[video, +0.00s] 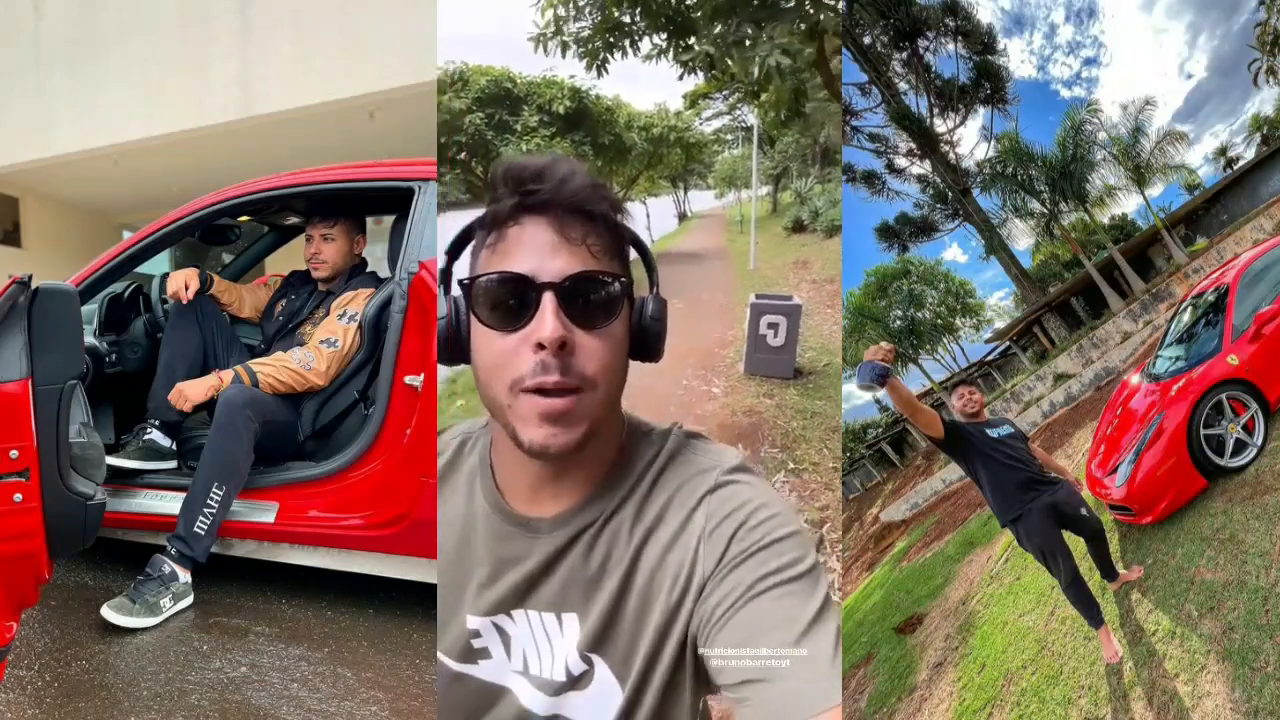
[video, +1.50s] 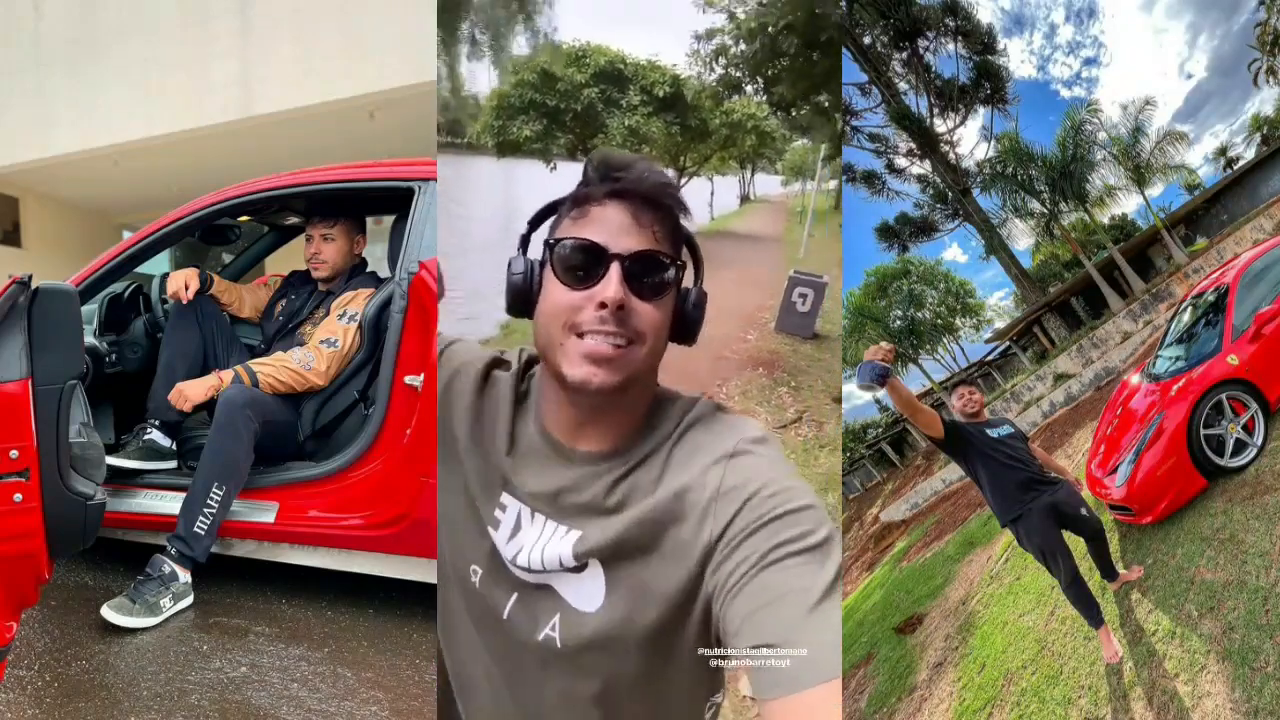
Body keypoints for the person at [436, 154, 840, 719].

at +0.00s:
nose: (550, 333)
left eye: (589, 296)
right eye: (508, 299)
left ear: (640, 322)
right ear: (459, 323)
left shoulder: (732, 528)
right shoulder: (429, 478)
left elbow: (798, 705)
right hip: (463, 706)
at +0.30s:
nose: (621, 307)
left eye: (656, 285)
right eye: (590, 279)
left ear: (695, 322)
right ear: (546, 304)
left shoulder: (758, 513)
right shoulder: (464, 449)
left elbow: (812, 705)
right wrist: (461, 688)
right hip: (490, 708)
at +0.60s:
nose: (596, 323)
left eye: (630, 297)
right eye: (562, 297)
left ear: (672, 327)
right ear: (519, 322)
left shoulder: (756, 517)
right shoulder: (461, 433)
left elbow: (813, 706)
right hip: (487, 707)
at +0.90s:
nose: (601, 316)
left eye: (638, 291)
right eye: (565, 290)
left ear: (677, 326)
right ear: (520, 319)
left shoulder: (757, 521)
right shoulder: (461, 442)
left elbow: (815, 708)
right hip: (469, 707)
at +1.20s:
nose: (632, 315)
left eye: (669, 291)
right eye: (597, 284)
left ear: (706, 326)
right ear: (547, 305)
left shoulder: (761, 511)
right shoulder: (463, 424)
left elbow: (814, 706)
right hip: (476, 700)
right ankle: (452, 685)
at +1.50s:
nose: (610, 295)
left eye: (647, 274)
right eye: (580, 264)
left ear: (679, 311)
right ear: (532, 283)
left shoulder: (745, 498)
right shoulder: (464, 396)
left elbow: (809, 708)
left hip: (638, 708)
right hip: (467, 705)